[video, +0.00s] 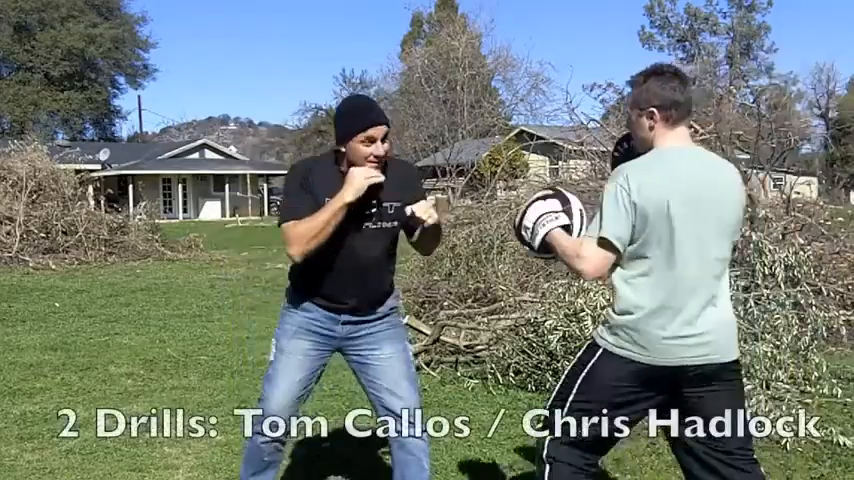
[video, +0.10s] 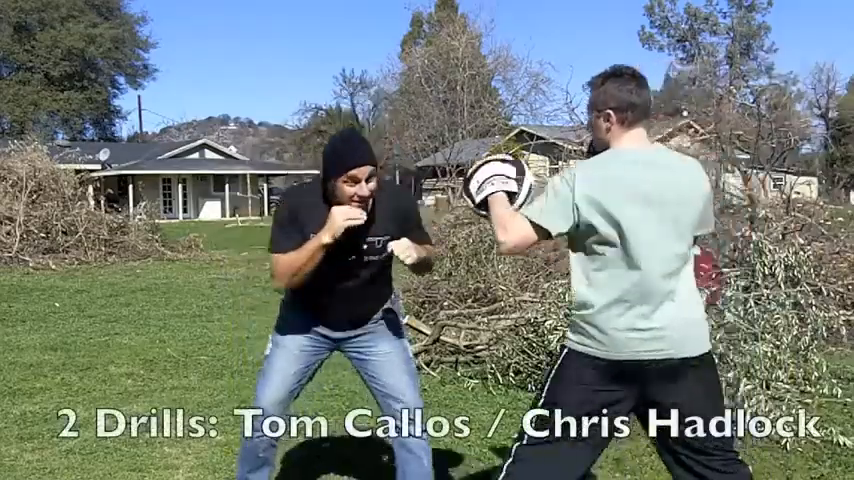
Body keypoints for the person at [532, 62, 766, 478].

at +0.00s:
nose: (629, 127)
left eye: (632, 116)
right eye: (629, 116)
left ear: (652, 117)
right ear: (684, 115)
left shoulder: (632, 176)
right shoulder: (729, 176)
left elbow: (593, 264)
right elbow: (705, 245)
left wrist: (549, 228)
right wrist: (642, 166)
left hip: (633, 348)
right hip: (713, 351)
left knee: (566, 447)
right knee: (732, 464)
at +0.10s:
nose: (589, 128)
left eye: (591, 117)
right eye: (589, 117)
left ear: (609, 118)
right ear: (644, 114)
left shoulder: (584, 178)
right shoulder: (692, 174)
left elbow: (511, 236)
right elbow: (695, 238)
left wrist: (495, 189)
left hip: (598, 352)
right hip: (684, 352)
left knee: (544, 460)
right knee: (714, 462)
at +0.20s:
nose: (549, 152)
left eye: (549, 143)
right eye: (550, 143)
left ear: (562, 145)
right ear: (602, 140)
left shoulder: (539, 195)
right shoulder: (652, 192)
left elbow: (452, 201)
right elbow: (663, 254)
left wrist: (415, 164)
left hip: (571, 368)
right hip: (655, 367)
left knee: (505, 465)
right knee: (694, 462)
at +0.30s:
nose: (525, 172)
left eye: (525, 163)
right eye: (525, 163)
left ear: (540, 162)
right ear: (578, 153)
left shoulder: (528, 209)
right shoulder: (637, 208)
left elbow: (452, 213)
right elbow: (642, 267)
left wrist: (413, 194)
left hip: (563, 374)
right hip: (644, 375)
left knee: (485, 462)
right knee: (675, 461)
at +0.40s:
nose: (533, 159)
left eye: (535, 151)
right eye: (532, 150)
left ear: (556, 156)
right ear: (592, 149)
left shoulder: (538, 207)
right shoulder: (644, 202)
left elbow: (459, 251)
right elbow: (652, 262)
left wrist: (455, 233)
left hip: (564, 376)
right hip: (649, 375)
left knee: (491, 464)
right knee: (679, 469)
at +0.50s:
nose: (568, 141)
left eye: (570, 132)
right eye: (567, 131)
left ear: (594, 133)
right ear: (626, 127)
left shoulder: (576, 189)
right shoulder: (672, 184)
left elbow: (515, 273)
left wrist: (497, 288)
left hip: (590, 358)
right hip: (672, 356)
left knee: (524, 468)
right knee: (700, 470)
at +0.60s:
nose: (596, 120)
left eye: (601, 109)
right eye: (598, 109)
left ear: (625, 116)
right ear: (653, 112)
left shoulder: (607, 175)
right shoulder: (690, 166)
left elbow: (573, 270)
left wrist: (543, 293)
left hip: (620, 343)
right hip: (695, 338)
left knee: (557, 455)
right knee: (709, 458)